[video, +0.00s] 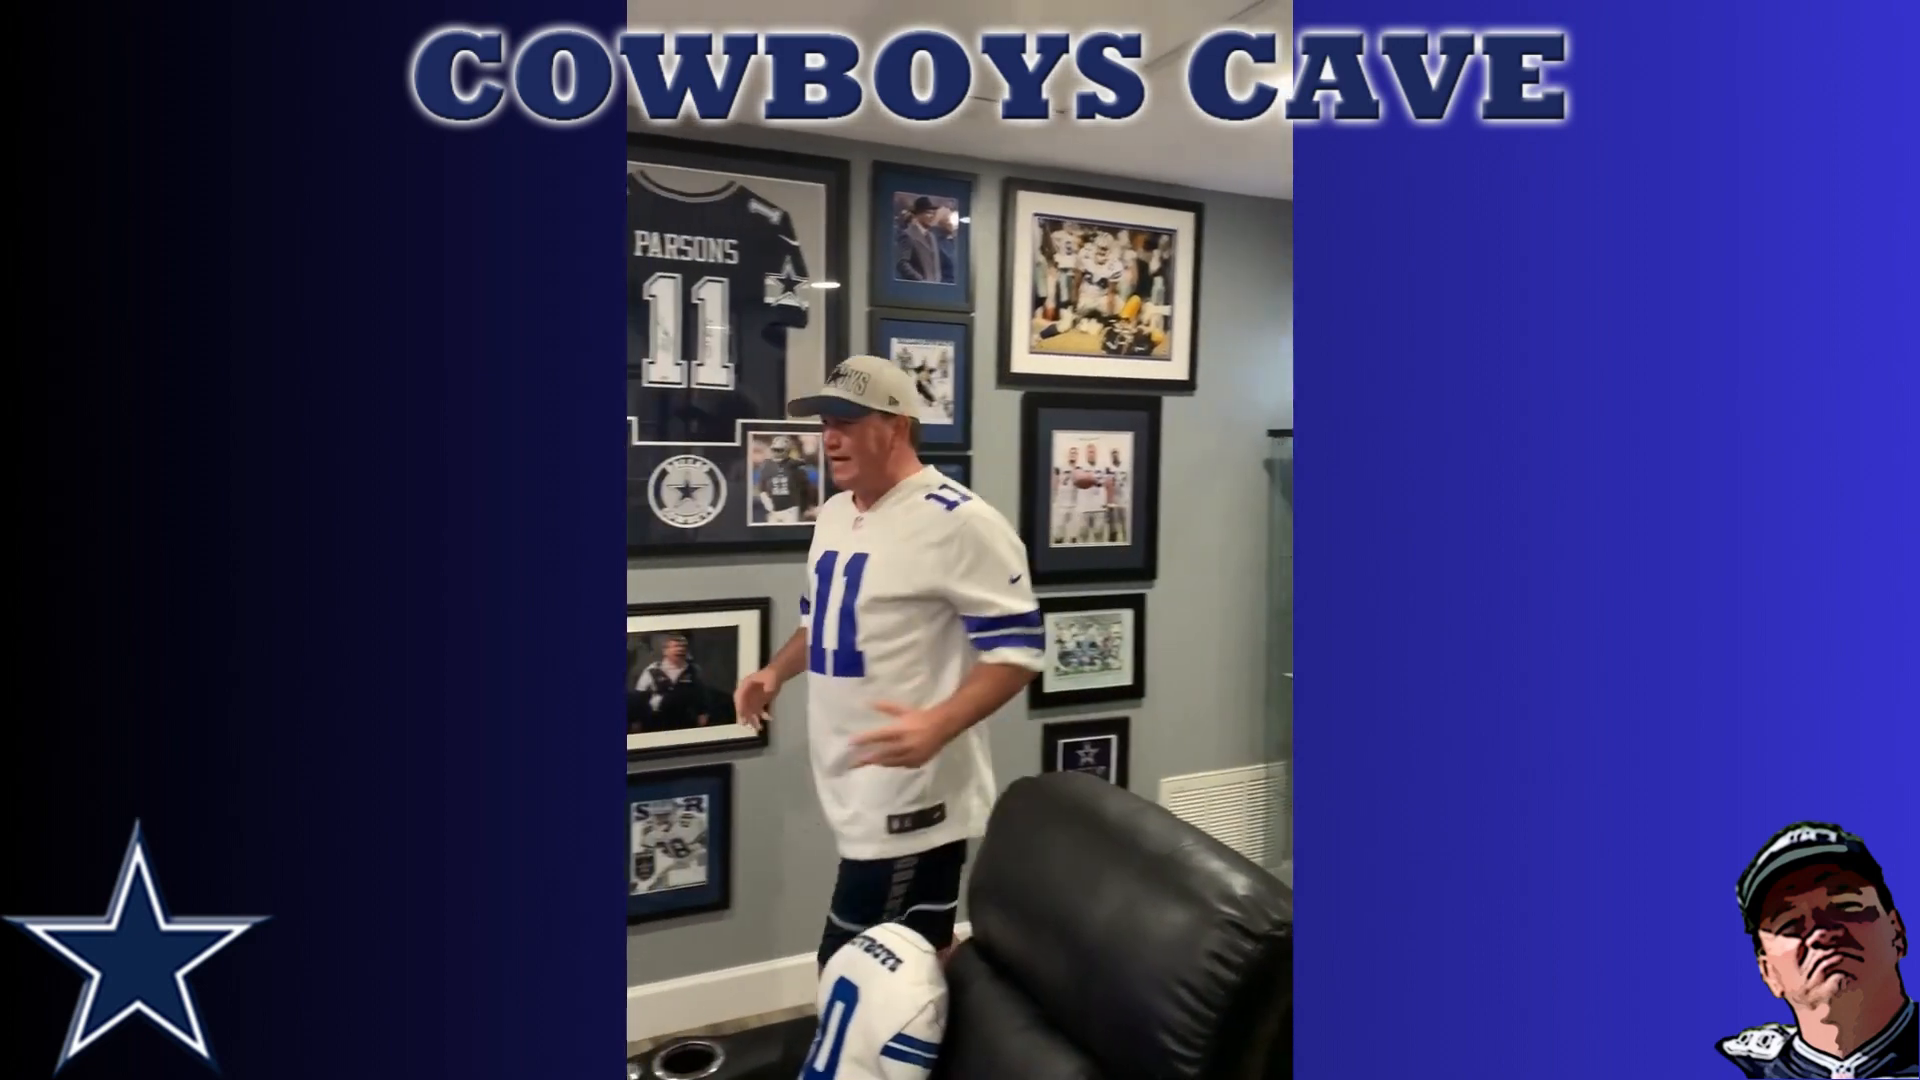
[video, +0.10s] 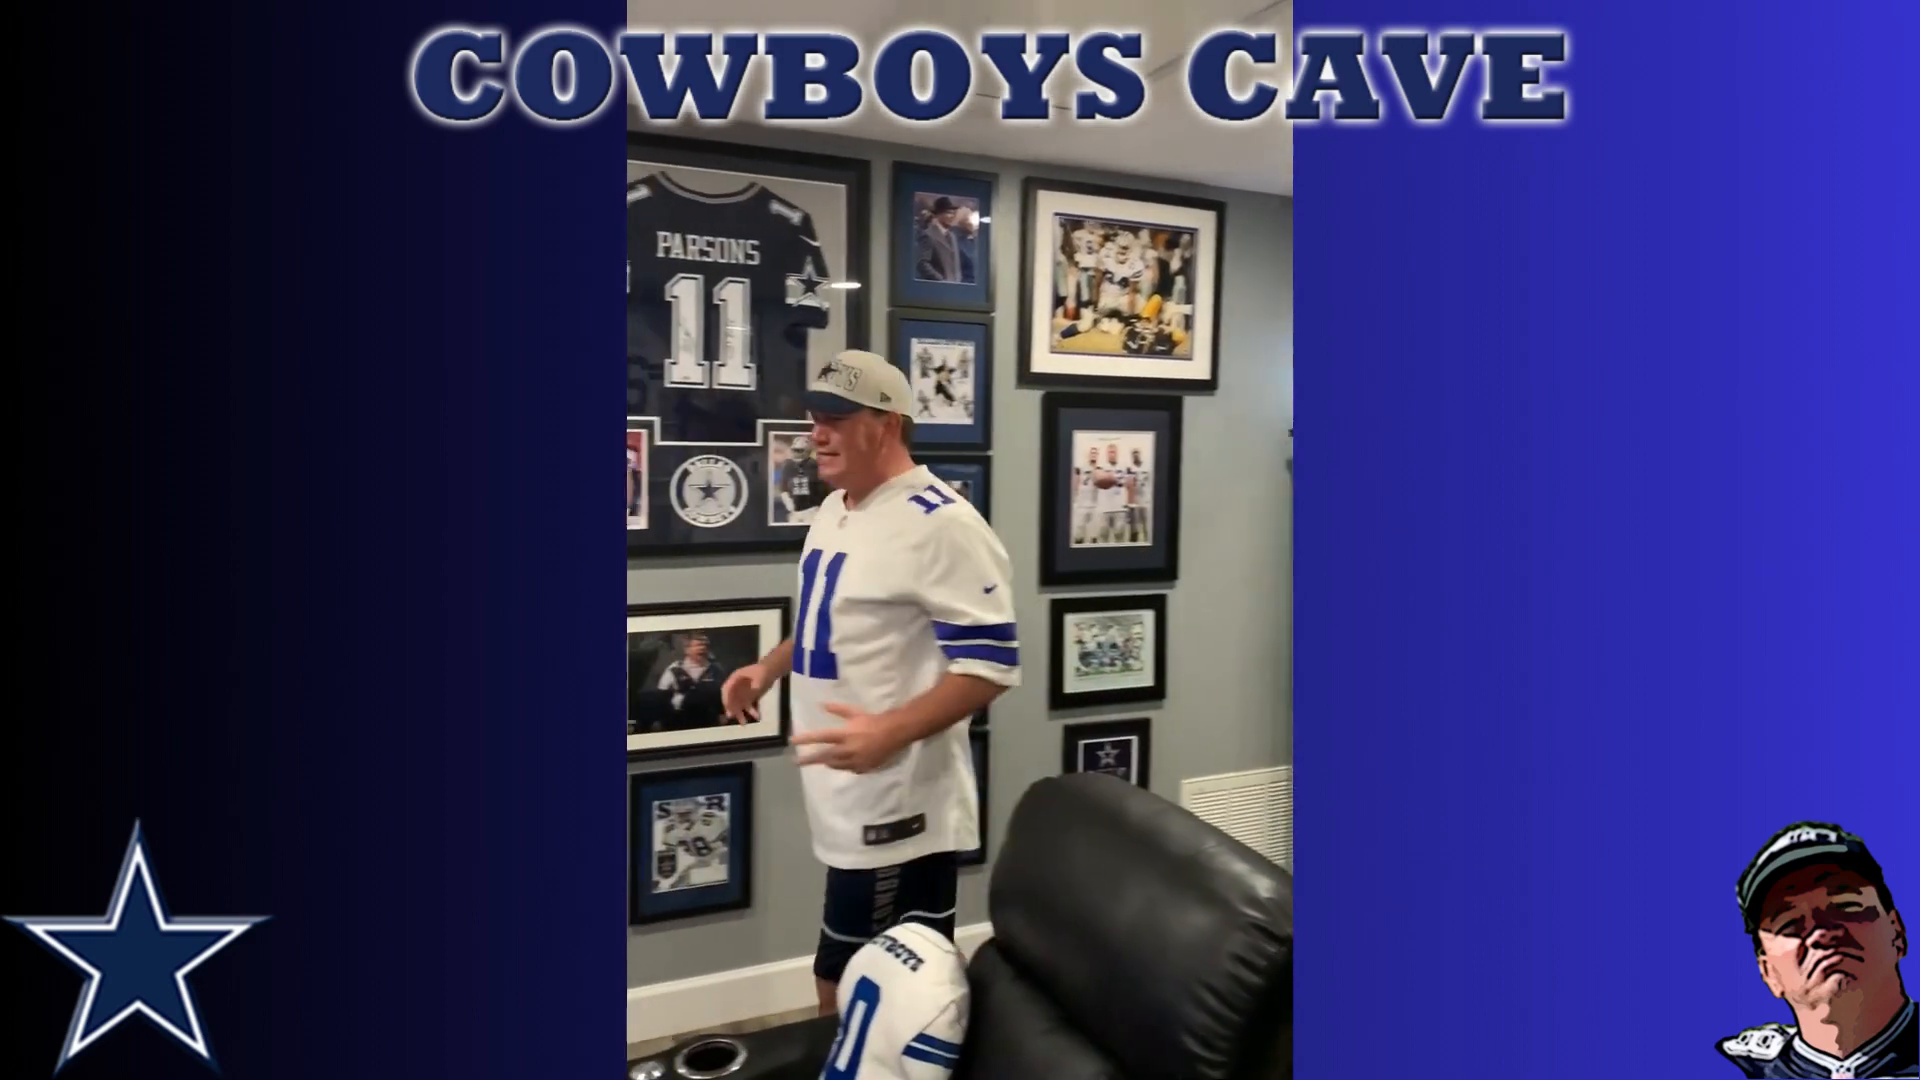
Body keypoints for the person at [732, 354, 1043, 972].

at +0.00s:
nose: (830, 440)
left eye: (846, 423)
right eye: (826, 425)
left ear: (895, 427)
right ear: (823, 433)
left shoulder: (962, 522)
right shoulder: (836, 515)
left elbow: (1019, 652)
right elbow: (824, 621)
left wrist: (940, 725)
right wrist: (775, 673)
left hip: (916, 812)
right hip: (861, 807)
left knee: (848, 979)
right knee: (926, 969)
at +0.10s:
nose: (817, 433)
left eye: (835, 418)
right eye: (815, 419)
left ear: (885, 425)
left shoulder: (945, 524)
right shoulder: (834, 513)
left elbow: (991, 666)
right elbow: (826, 625)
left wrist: (895, 728)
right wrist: (767, 668)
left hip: (900, 813)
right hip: (847, 807)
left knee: (841, 987)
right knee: (892, 995)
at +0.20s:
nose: (806, 427)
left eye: (825, 411)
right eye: (803, 412)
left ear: (876, 418)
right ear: (801, 419)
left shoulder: (927, 517)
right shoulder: (836, 504)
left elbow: (965, 668)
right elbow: (826, 620)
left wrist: (853, 730)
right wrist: (760, 665)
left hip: (880, 811)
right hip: (836, 804)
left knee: (838, 999)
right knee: (879, 996)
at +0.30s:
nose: (795, 427)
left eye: (815, 410)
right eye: (794, 411)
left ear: (867, 417)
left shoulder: (910, 521)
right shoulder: (842, 505)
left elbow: (939, 679)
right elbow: (844, 635)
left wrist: (815, 740)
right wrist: (763, 665)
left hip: (868, 823)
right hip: (818, 812)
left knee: (849, 1010)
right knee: (832, 1001)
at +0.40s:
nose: (793, 425)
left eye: (810, 408)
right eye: (792, 409)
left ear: (865, 414)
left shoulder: (901, 517)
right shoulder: (852, 502)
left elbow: (911, 680)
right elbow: (850, 637)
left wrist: (780, 730)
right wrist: (768, 664)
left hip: (859, 810)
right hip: (807, 798)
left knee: (851, 1003)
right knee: (777, 942)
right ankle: (861, 1062)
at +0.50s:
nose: (794, 422)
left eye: (812, 406)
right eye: (793, 407)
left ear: (869, 412)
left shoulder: (898, 517)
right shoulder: (857, 502)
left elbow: (898, 682)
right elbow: (852, 637)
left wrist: (762, 727)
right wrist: (770, 660)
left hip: (857, 818)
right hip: (802, 804)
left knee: (869, 1018)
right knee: (778, 954)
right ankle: (811, 1073)